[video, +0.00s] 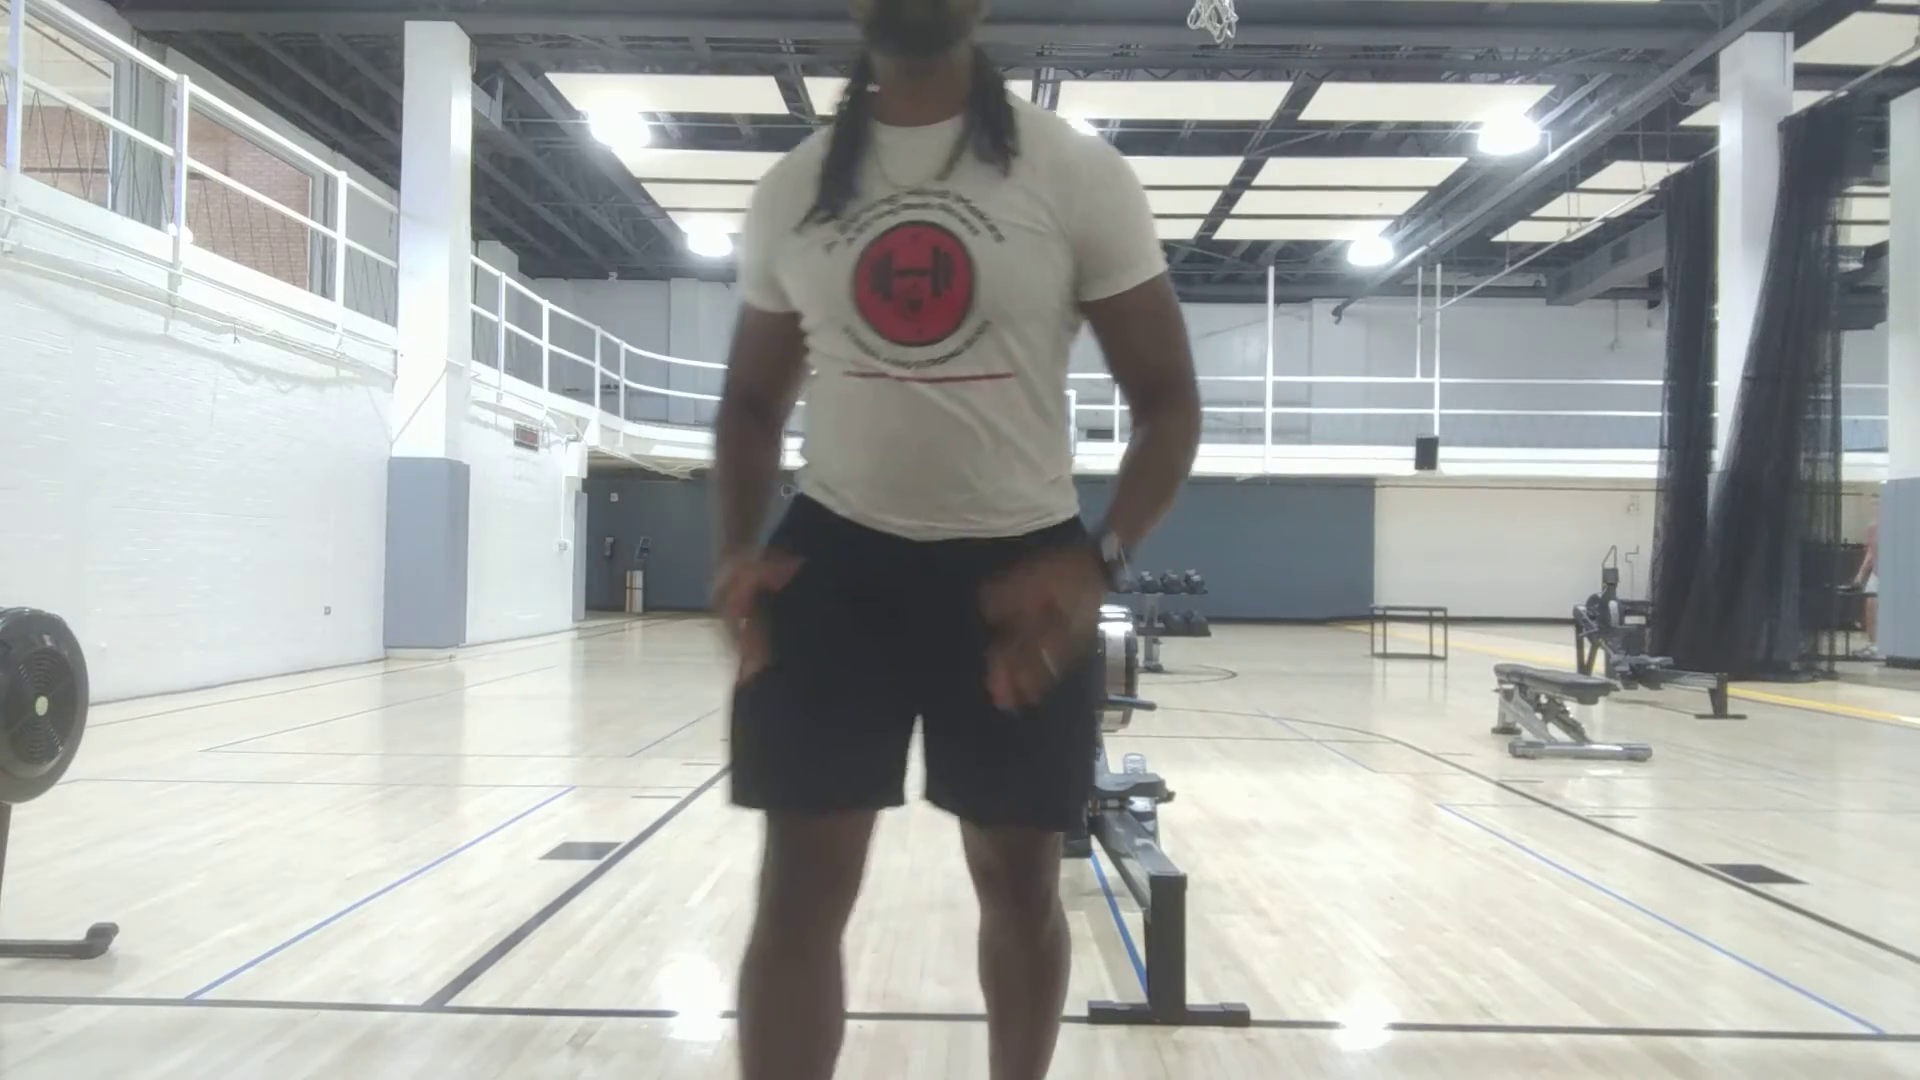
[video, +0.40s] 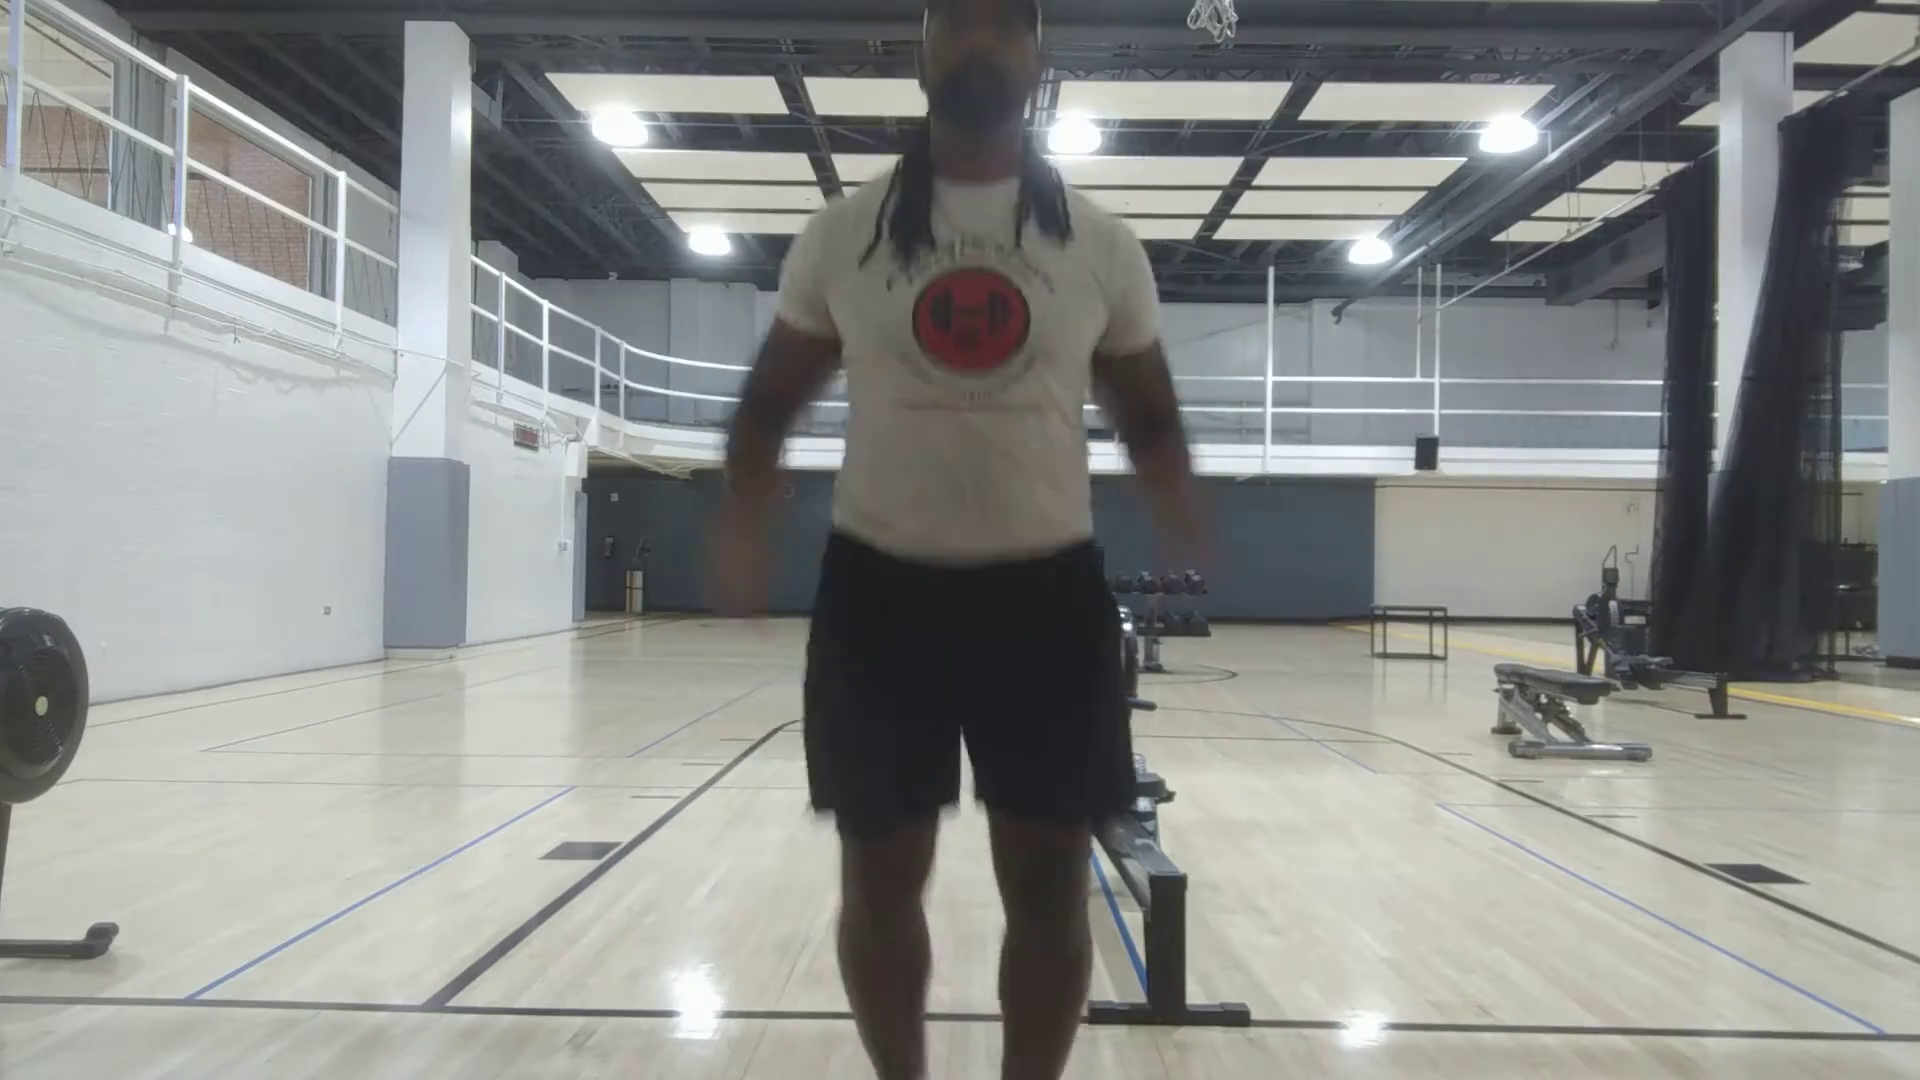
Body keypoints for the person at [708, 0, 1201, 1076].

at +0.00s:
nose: (910, 1)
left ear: (980, 8)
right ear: (853, 11)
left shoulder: (1078, 177)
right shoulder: (797, 186)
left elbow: (1169, 405)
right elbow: (752, 398)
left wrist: (1099, 557)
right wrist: (736, 550)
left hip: (1020, 569)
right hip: (837, 562)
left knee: (1019, 888)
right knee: (800, 894)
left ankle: (1018, 1075)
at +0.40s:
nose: (975, 47)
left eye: (1002, 28)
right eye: (953, 27)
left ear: (1041, 60)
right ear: (921, 54)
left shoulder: (1096, 239)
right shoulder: (850, 229)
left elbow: (1148, 410)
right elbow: (769, 400)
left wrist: (1179, 518)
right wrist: (743, 529)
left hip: (1045, 592)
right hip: (883, 589)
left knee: (1049, 884)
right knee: (881, 878)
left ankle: (1030, 1076)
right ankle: (899, 1072)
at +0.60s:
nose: (949, 19)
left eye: (970, 10)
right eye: (935, 10)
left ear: (1014, 21)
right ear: (912, 24)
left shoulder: (1092, 125)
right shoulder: (841, 127)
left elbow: (1236, 241)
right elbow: (668, 236)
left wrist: (1311, 146)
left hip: (1029, 495)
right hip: (865, 488)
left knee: (1063, 802)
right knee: (800, 782)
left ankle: (1090, 1056)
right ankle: (750, 1046)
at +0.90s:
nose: (937, 101)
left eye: (959, 83)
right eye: (916, 83)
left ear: (991, 100)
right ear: (885, 99)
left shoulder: (1062, 224)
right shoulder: (816, 224)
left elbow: (1247, 192)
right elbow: (639, 176)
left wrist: (1228, 58)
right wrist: (648, 62)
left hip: (1006, 582)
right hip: (842, 574)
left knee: (1067, 843)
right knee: (751, 821)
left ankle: (1114, 1066)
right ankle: (675, 1055)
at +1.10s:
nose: (922, 17)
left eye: (945, 6)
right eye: (907, 5)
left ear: (981, 19)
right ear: (878, 18)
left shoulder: (1052, 158)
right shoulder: (808, 144)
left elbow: (1133, 297)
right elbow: (701, 253)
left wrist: (1206, 302)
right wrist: (645, 248)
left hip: (995, 498)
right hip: (838, 492)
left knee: (997, 793)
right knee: (814, 783)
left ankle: (976, 1044)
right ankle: (832, 1037)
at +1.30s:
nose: (918, 96)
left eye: (941, 77)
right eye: (898, 77)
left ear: (975, 105)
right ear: (868, 103)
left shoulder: (1036, 275)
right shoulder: (806, 269)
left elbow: (1074, 418)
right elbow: (758, 427)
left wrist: (1079, 477)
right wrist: (782, 483)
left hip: (988, 603)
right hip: (840, 600)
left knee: (983, 885)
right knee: (835, 878)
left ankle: (958, 1069)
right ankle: (855, 1069)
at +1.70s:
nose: (907, 55)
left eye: (929, 34)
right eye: (886, 33)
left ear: (962, 62)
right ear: (854, 56)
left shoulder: (1032, 191)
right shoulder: (789, 196)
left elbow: (1210, 162)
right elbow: (619, 167)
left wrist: (1152, 33)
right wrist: (633, 35)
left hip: (989, 565)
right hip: (824, 560)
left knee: (1078, 845)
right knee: (715, 836)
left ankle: (1146, 1067)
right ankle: (636, 1062)